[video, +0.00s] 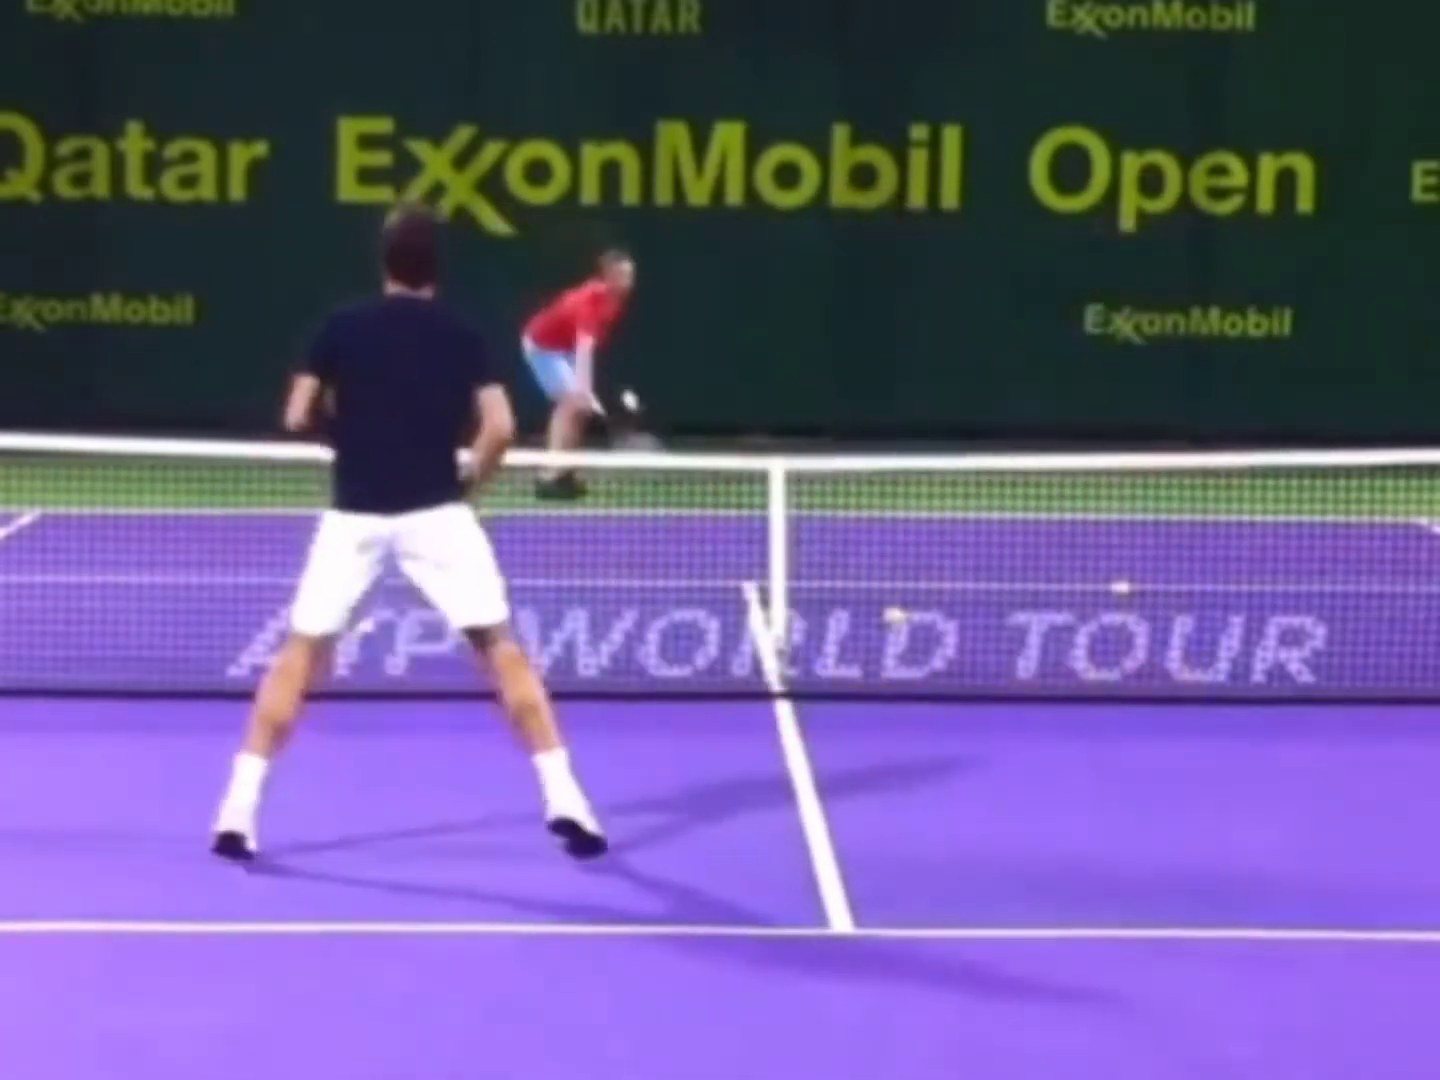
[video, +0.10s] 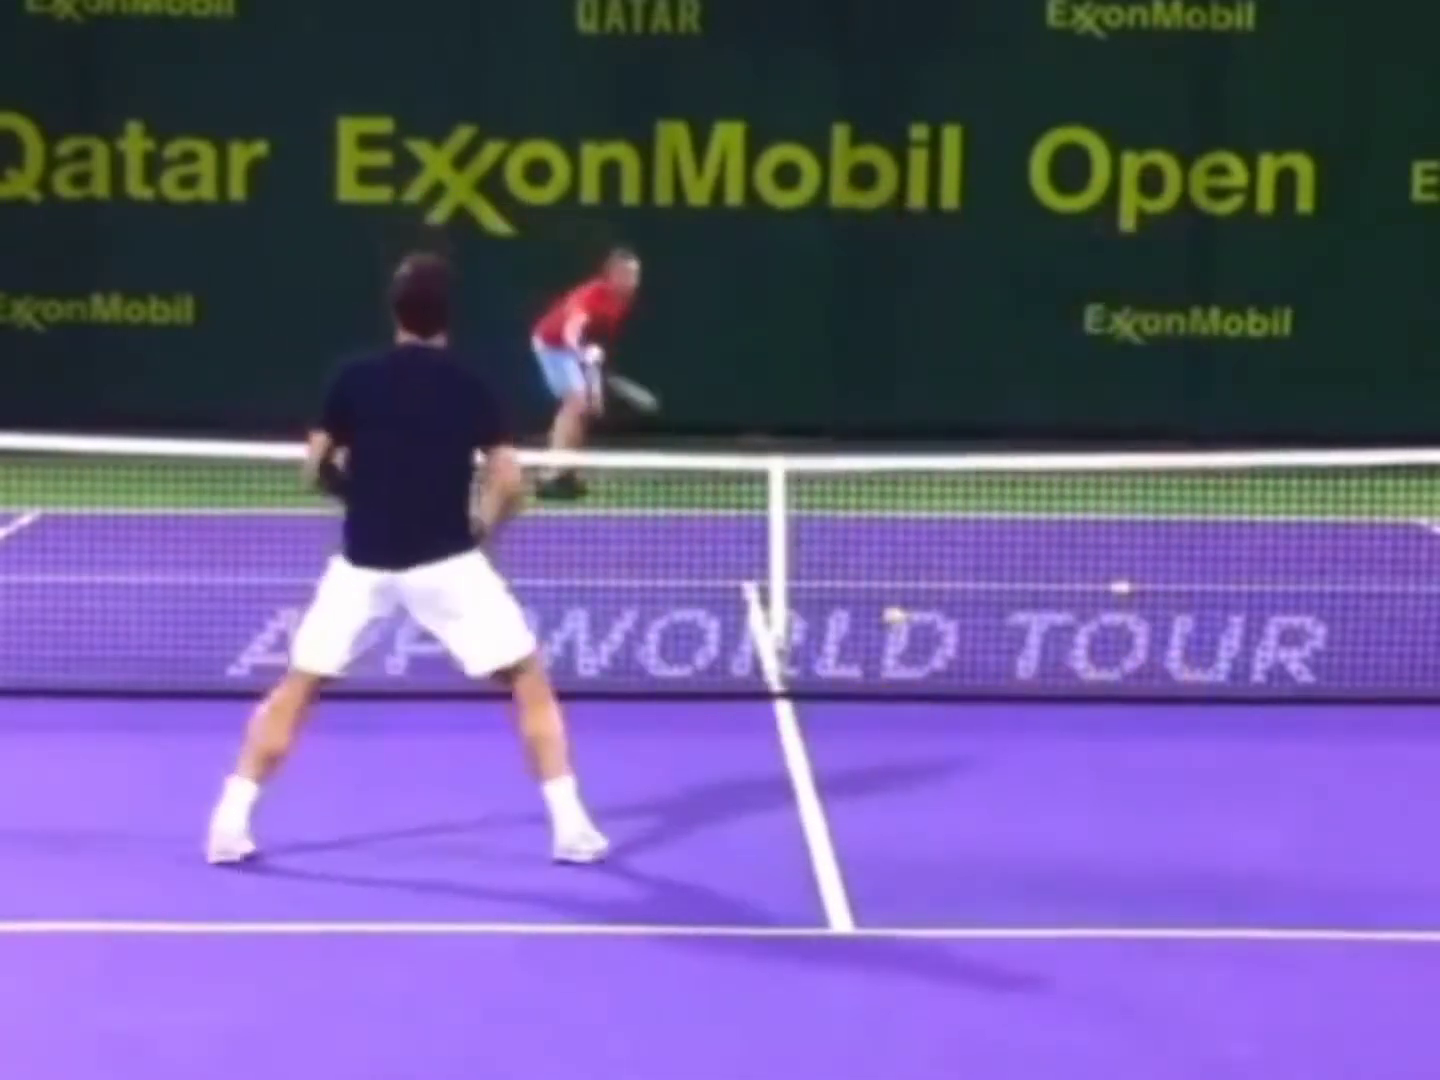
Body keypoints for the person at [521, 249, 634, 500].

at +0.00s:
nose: (627, 282)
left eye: (629, 275)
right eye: (621, 275)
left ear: (631, 277)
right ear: (607, 274)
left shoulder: (615, 298)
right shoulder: (592, 299)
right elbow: (584, 346)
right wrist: (585, 392)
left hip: (564, 346)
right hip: (540, 345)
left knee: (578, 402)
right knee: (570, 400)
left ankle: (567, 470)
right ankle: (550, 472)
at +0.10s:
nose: (631, 281)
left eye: (635, 274)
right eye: (626, 273)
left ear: (637, 277)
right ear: (611, 273)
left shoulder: (622, 299)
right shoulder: (594, 294)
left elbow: (598, 344)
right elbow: (570, 327)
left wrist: (596, 390)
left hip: (578, 345)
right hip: (551, 343)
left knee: (582, 403)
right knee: (575, 399)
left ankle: (569, 468)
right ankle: (554, 469)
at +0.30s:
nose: (638, 254)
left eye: (643, 248)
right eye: (633, 248)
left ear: (647, 250)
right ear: (621, 248)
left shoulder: (642, 269)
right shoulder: (607, 273)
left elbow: (643, 304)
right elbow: (568, 297)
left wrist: (653, 336)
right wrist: (571, 314)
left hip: (615, 340)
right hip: (580, 340)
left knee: (629, 402)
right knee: (586, 398)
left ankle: (611, 458)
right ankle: (555, 464)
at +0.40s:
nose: (646, 243)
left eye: (651, 237)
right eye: (641, 236)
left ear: (658, 240)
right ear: (631, 238)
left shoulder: (657, 268)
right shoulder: (619, 264)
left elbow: (661, 311)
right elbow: (578, 292)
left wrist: (669, 347)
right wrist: (581, 318)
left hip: (629, 342)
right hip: (594, 339)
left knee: (648, 401)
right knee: (593, 398)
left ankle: (648, 466)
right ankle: (560, 455)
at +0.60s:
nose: (668, 229)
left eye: (673, 223)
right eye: (664, 223)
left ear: (682, 227)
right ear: (655, 226)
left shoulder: (693, 263)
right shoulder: (635, 258)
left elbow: (699, 304)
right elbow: (614, 293)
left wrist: (683, 338)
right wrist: (628, 329)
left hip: (668, 345)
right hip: (631, 342)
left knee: (668, 408)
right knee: (618, 403)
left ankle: (668, 469)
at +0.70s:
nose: (676, 216)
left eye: (681, 210)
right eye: (672, 210)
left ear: (689, 213)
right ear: (664, 213)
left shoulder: (704, 246)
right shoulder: (648, 242)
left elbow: (712, 282)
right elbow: (628, 280)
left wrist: (695, 319)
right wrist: (644, 320)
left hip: (681, 335)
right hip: (646, 333)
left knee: (677, 400)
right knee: (639, 396)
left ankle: (674, 454)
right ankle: (636, 455)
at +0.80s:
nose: (685, 207)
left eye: (690, 201)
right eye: (681, 200)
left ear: (698, 205)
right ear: (672, 204)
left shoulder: (715, 241)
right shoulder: (653, 239)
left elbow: (719, 283)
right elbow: (641, 281)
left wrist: (705, 321)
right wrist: (667, 323)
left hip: (697, 331)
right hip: (662, 329)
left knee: (696, 395)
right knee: (662, 395)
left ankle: (698, 446)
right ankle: (664, 452)